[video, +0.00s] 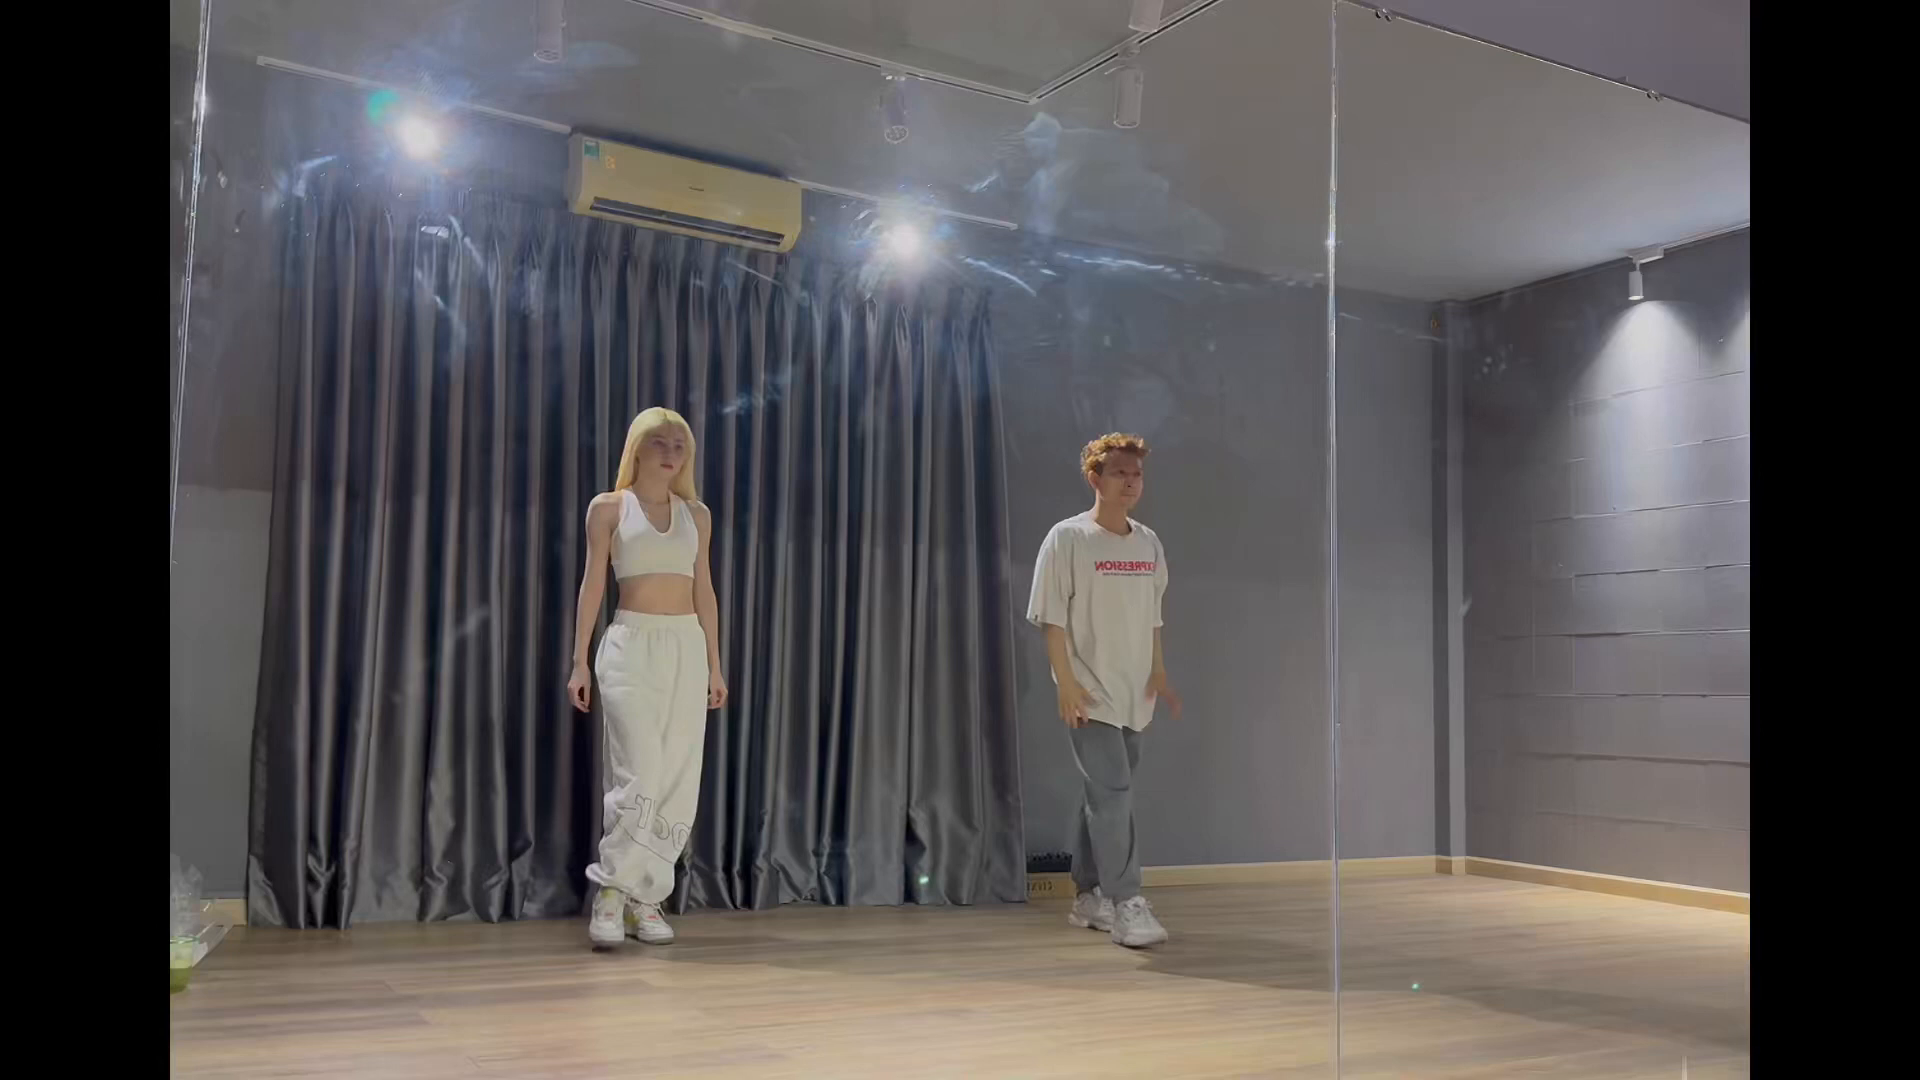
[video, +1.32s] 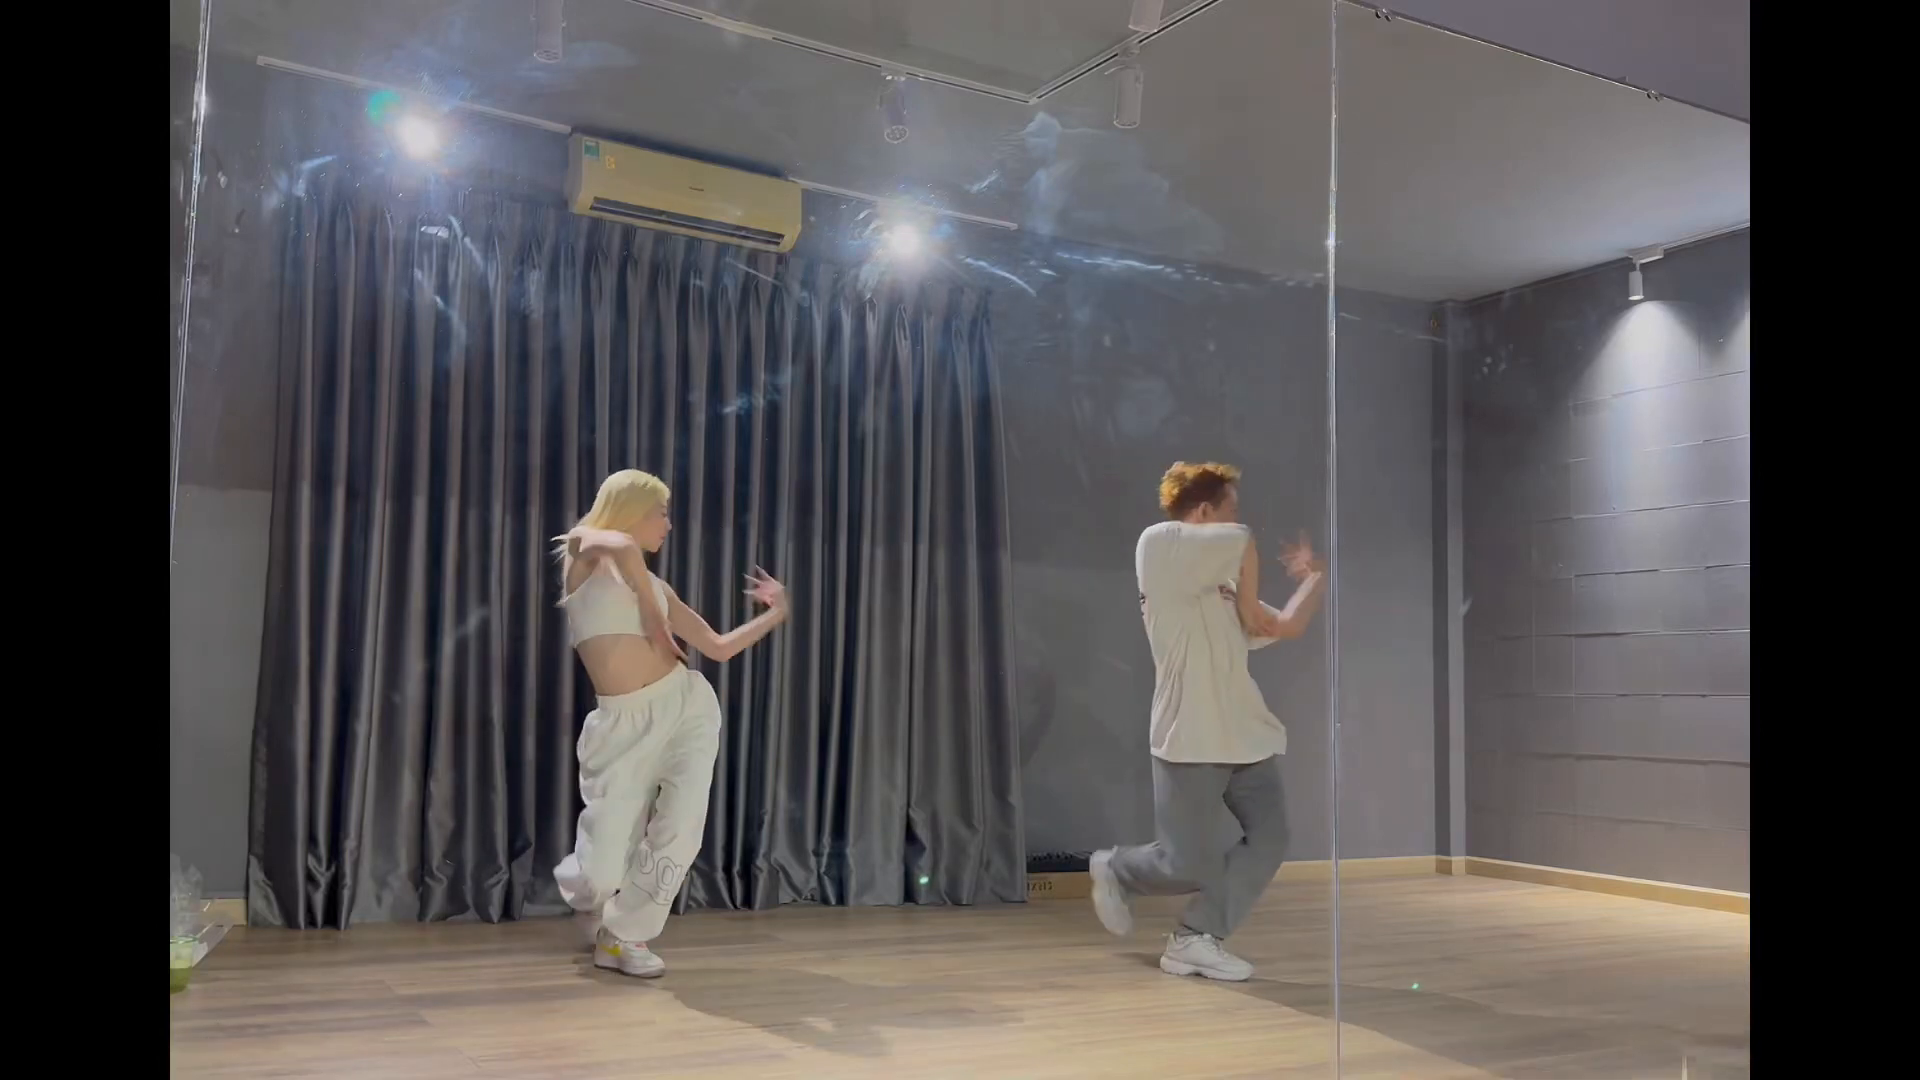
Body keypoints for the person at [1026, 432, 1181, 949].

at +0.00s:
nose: (1130, 481)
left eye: (1137, 473)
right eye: (1119, 472)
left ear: (1144, 481)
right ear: (1094, 477)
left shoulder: (1148, 542)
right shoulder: (1066, 538)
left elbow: (1152, 617)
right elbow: (1052, 620)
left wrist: (1158, 671)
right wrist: (1065, 684)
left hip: (1135, 689)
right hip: (1088, 688)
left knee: (1104, 792)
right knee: (1112, 791)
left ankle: (1088, 895)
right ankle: (1128, 902)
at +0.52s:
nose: (1139, 482)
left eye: (1145, 474)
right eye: (1128, 473)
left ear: (1152, 481)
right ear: (1103, 478)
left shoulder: (1157, 547)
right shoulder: (1070, 532)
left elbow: (1177, 611)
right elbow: (1013, 571)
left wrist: (1228, 635)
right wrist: (1059, 606)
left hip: (1145, 692)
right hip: (1092, 689)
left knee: (1121, 794)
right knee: (1117, 790)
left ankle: (1088, 896)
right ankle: (1112, 900)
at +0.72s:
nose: (1147, 482)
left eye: (1153, 474)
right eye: (1136, 474)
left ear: (1160, 482)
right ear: (1111, 481)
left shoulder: (1176, 545)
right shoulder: (1081, 545)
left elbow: (1196, 626)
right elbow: (1075, 606)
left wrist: (1213, 689)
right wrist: (1090, 539)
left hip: (1160, 694)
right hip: (1097, 697)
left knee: (1178, 800)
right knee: (1120, 800)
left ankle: (1142, 866)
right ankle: (1113, 905)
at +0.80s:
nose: (1142, 484)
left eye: (1151, 477)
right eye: (1132, 476)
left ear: (1162, 488)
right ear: (1112, 485)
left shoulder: (1183, 543)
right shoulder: (1099, 554)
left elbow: (1232, 594)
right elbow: (1131, 619)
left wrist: (1181, 587)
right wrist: (1190, 592)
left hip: (1161, 698)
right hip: (1101, 700)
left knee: (1195, 786)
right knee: (1119, 803)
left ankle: (1165, 896)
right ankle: (1116, 910)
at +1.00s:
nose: (1186, 509)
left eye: (1183, 500)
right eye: (1177, 500)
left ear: (1152, 507)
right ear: (1148, 505)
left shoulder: (1178, 564)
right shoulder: (1122, 561)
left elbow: (1252, 563)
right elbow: (1188, 611)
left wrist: (1236, 511)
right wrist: (1252, 606)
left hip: (1196, 722)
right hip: (1142, 727)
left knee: (1212, 825)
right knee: (1156, 846)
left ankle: (1189, 934)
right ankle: (1122, 906)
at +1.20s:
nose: (1214, 526)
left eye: (1212, 516)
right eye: (1208, 515)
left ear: (1179, 517)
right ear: (1185, 515)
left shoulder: (1187, 571)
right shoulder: (1149, 554)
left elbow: (1273, 600)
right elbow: (1221, 606)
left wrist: (1273, 533)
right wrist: (1255, 612)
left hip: (1225, 733)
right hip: (1172, 737)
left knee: (1257, 833)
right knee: (1167, 863)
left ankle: (1194, 938)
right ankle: (1123, 901)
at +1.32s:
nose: (1235, 518)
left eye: (1235, 509)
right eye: (1230, 508)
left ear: (1200, 508)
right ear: (1205, 505)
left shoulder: (1217, 576)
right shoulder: (1157, 543)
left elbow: (1285, 624)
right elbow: (1240, 539)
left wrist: (1314, 578)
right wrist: (1251, 609)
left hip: (1244, 729)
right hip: (1187, 733)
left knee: (1268, 837)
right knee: (1192, 864)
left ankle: (1195, 939)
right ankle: (1112, 869)